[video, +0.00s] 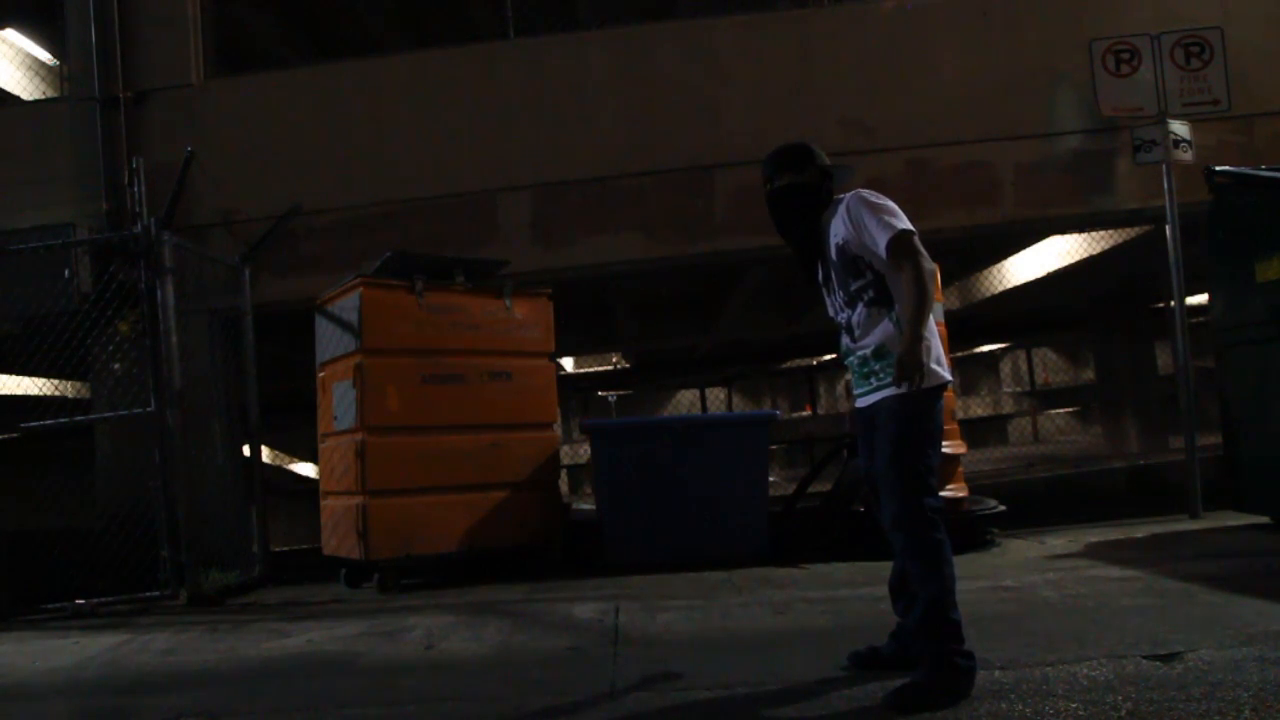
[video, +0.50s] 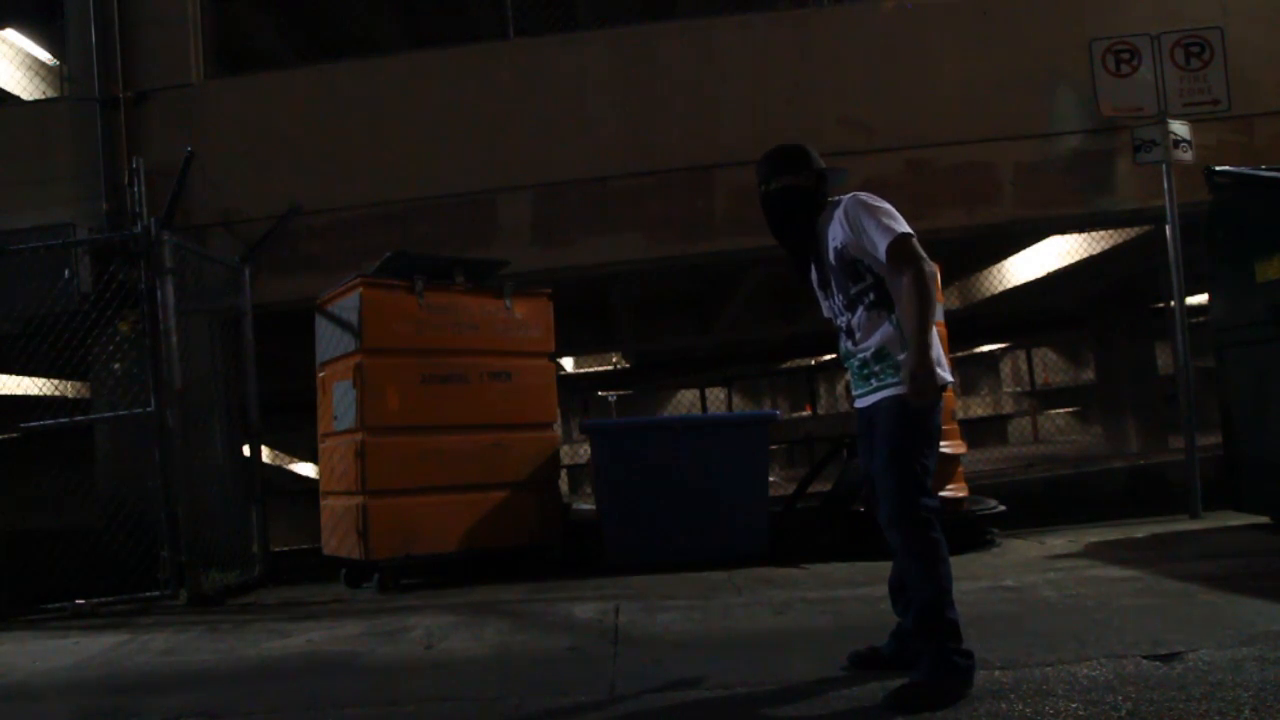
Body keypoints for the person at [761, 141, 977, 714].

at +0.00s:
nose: (777, 206)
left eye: (783, 191)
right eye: (772, 195)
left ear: (812, 181)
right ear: (790, 192)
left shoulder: (857, 207)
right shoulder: (828, 244)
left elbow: (916, 266)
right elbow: (866, 316)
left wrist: (910, 346)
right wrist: (864, 381)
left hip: (907, 392)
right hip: (878, 400)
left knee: (916, 520)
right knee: (898, 520)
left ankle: (946, 661)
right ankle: (914, 639)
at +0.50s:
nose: (770, 209)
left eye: (776, 194)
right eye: (766, 197)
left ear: (806, 185)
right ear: (783, 196)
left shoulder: (855, 210)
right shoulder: (821, 257)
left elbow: (918, 271)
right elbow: (858, 330)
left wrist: (920, 363)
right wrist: (865, 394)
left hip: (906, 393)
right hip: (875, 402)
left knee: (912, 518)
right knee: (896, 519)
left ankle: (945, 660)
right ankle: (914, 639)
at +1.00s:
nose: (776, 209)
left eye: (783, 194)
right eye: (771, 198)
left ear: (811, 185)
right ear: (783, 197)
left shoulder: (858, 211)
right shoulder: (822, 256)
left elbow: (917, 275)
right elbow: (856, 332)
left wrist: (907, 372)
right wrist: (862, 395)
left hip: (908, 392)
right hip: (875, 400)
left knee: (911, 519)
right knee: (896, 519)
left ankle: (946, 660)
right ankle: (914, 637)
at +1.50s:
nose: (782, 203)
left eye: (789, 188)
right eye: (776, 193)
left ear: (817, 180)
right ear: (785, 193)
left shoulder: (864, 210)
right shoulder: (827, 247)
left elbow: (921, 275)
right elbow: (859, 329)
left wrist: (921, 374)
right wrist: (863, 396)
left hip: (910, 394)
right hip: (877, 401)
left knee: (911, 519)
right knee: (895, 519)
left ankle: (945, 660)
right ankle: (913, 639)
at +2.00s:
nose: (781, 202)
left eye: (789, 187)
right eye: (776, 191)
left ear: (817, 180)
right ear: (783, 194)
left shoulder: (863, 212)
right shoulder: (826, 252)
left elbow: (921, 276)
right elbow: (853, 340)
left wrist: (919, 374)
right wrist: (856, 407)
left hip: (909, 394)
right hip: (876, 402)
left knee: (913, 520)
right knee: (895, 520)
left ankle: (945, 660)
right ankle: (912, 637)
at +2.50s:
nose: (774, 208)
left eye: (779, 194)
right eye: (770, 197)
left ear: (806, 185)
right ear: (786, 195)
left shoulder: (858, 213)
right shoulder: (820, 258)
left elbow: (915, 276)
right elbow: (849, 337)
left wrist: (916, 373)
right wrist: (852, 399)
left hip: (908, 393)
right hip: (874, 403)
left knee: (911, 520)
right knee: (894, 521)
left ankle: (946, 661)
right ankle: (913, 638)